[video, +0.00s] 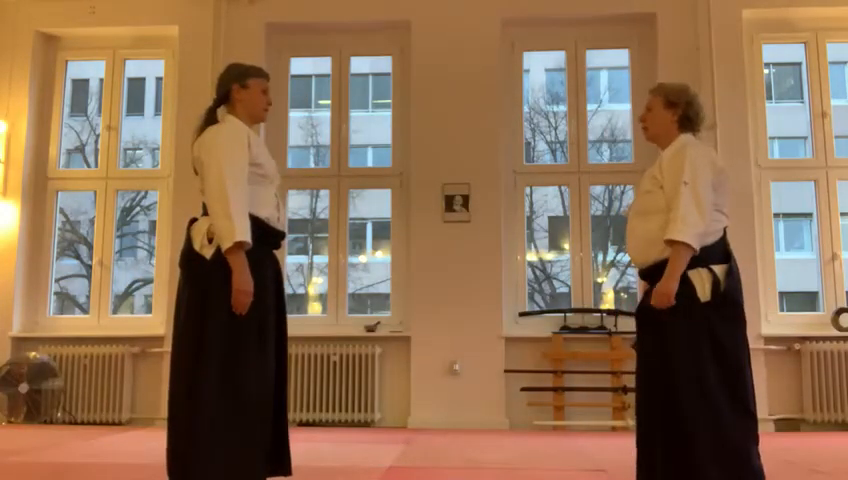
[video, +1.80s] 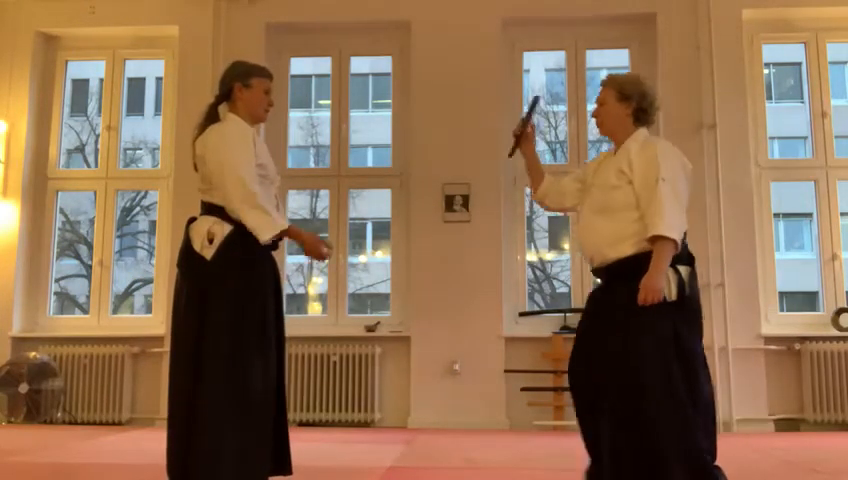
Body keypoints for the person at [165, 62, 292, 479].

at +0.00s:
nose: (269, 99)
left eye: (269, 92)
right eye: (262, 92)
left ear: (246, 97)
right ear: (236, 94)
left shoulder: (246, 136)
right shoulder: (226, 133)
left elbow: (245, 202)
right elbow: (223, 198)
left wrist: (265, 256)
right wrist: (239, 264)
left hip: (249, 256)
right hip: (230, 259)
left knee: (246, 366)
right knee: (230, 366)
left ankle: (242, 463)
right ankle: (225, 465)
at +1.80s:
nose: (270, 102)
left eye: (270, 94)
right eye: (264, 93)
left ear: (242, 94)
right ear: (239, 92)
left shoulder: (241, 134)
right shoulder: (228, 134)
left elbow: (242, 198)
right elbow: (240, 198)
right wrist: (299, 235)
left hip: (235, 255)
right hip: (230, 258)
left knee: (237, 364)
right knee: (235, 364)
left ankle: (230, 464)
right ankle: (232, 465)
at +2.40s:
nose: (280, 103)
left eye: (282, 96)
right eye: (275, 94)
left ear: (250, 93)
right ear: (248, 90)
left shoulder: (247, 134)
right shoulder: (238, 132)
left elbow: (274, 196)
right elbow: (269, 197)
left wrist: (329, 197)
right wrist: (328, 198)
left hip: (224, 253)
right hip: (224, 256)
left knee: (229, 361)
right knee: (233, 361)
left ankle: (224, 465)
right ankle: (231, 466)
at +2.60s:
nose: (274, 106)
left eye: (276, 98)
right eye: (269, 95)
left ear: (245, 95)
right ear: (243, 91)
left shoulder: (239, 134)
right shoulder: (229, 134)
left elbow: (253, 203)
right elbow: (247, 201)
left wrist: (314, 209)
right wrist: (311, 207)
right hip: (215, 258)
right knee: (224, 365)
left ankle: (215, 466)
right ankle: (224, 467)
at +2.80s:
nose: (262, 108)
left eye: (263, 100)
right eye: (256, 99)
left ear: (236, 98)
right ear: (229, 94)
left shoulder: (232, 140)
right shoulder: (213, 137)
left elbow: (227, 202)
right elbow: (216, 199)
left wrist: (279, 217)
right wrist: (281, 215)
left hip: (217, 258)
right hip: (199, 259)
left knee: (220, 364)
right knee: (205, 365)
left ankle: (213, 464)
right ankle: (201, 466)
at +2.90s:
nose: (253, 110)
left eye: (255, 103)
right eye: (248, 101)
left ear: (227, 101)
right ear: (220, 97)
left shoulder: (220, 141)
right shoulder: (206, 138)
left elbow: (216, 211)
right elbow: (200, 201)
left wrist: (237, 268)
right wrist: (264, 222)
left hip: (207, 261)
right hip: (192, 261)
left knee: (208, 367)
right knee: (199, 368)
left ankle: (201, 466)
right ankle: (197, 469)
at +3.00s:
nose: (245, 113)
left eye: (247, 106)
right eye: (239, 104)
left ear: (217, 103)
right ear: (212, 99)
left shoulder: (214, 145)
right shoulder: (195, 140)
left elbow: (211, 215)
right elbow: (186, 201)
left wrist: (233, 271)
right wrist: (249, 232)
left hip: (204, 264)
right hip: (184, 264)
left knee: (205, 374)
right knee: (187, 375)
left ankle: (201, 470)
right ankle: (186, 471)